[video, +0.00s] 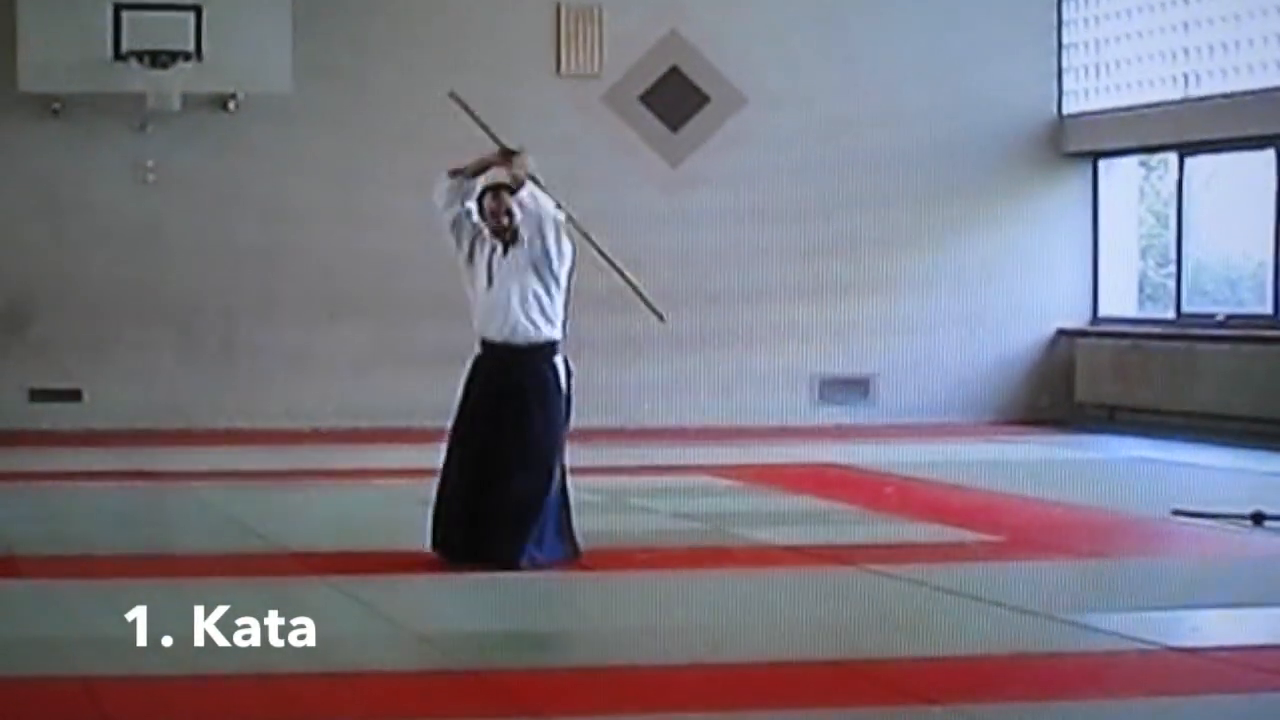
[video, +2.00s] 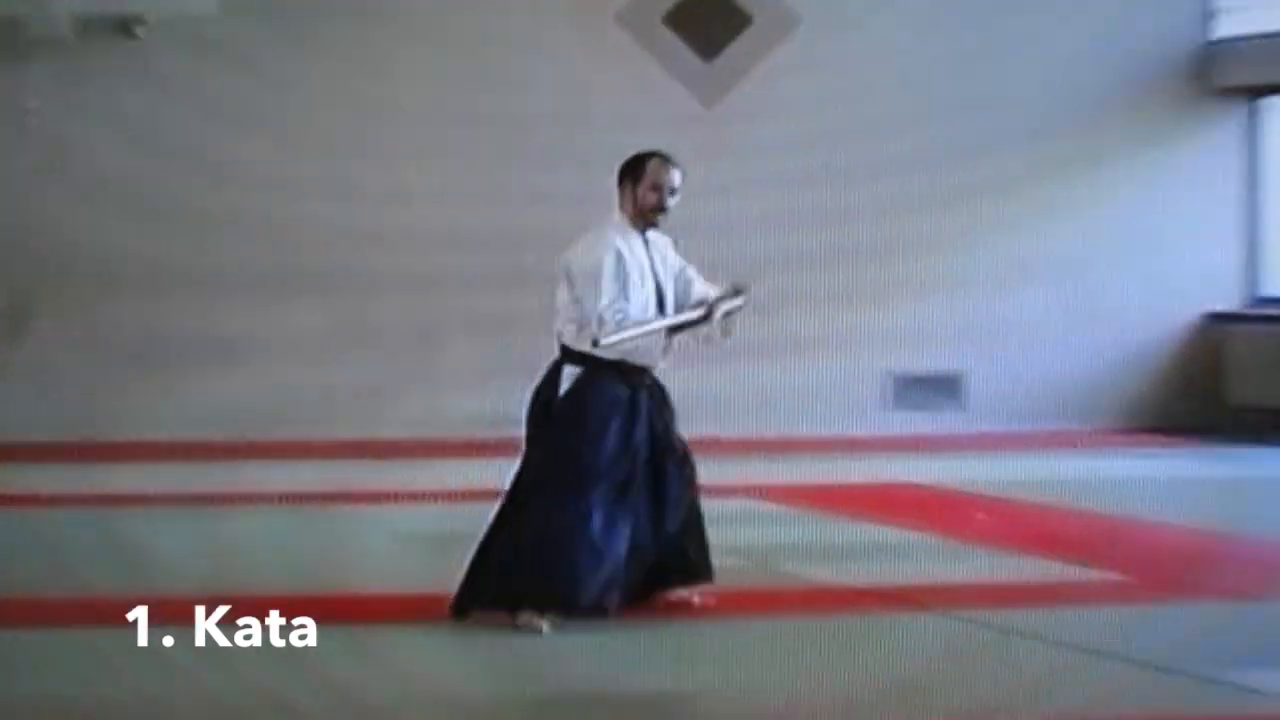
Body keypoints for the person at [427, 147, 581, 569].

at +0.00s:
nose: (497, 217)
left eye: (503, 209)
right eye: (490, 212)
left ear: (519, 210)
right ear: (481, 216)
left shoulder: (546, 249)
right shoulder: (478, 249)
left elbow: (547, 220)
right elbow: (448, 202)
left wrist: (523, 184)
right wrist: (485, 165)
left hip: (536, 358)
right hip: (491, 356)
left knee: (531, 458)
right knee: (472, 450)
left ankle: (526, 546)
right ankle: (465, 544)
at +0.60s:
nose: (535, 218)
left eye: (542, 210)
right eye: (526, 210)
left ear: (551, 216)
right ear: (511, 215)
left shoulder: (562, 263)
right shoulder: (498, 260)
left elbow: (592, 266)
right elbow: (477, 251)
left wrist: (578, 216)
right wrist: (516, 208)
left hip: (554, 367)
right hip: (507, 365)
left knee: (564, 462)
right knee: (510, 461)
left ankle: (540, 553)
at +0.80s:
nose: (540, 219)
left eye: (546, 211)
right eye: (532, 210)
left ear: (554, 215)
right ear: (514, 215)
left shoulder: (569, 262)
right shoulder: (490, 257)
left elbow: (593, 325)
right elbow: (491, 290)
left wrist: (571, 262)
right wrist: (542, 265)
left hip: (552, 371)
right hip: (508, 370)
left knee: (561, 463)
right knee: (523, 465)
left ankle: (565, 556)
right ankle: (539, 559)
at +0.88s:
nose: (543, 218)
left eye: (548, 210)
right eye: (535, 210)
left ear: (556, 215)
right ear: (516, 214)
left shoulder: (567, 261)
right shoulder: (493, 258)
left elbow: (588, 300)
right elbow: (500, 295)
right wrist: (550, 286)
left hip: (551, 368)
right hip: (509, 369)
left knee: (561, 463)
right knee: (526, 466)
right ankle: (547, 562)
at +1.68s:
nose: (599, 232)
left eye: (605, 226)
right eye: (592, 223)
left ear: (609, 231)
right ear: (570, 224)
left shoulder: (606, 272)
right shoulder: (542, 271)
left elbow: (626, 317)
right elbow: (556, 310)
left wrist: (615, 336)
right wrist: (591, 327)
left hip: (576, 378)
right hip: (537, 377)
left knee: (580, 468)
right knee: (550, 467)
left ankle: (570, 553)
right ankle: (548, 556)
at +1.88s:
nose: (631, 235)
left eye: (638, 227)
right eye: (624, 225)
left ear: (641, 233)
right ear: (600, 225)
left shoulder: (634, 281)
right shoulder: (571, 274)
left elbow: (655, 325)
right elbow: (574, 337)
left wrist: (665, 349)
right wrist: (631, 349)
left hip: (605, 390)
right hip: (564, 388)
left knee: (612, 473)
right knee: (571, 478)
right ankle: (553, 566)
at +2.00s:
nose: (663, 201)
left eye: (670, 193)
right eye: (656, 190)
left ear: (672, 198)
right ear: (628, 190)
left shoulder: (658, 248)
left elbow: (692, 289)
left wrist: (720, 301)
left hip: (639, 384)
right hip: (591, 386)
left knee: (666, 474)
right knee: (577, 492)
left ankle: (662, 581)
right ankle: (533, 599)